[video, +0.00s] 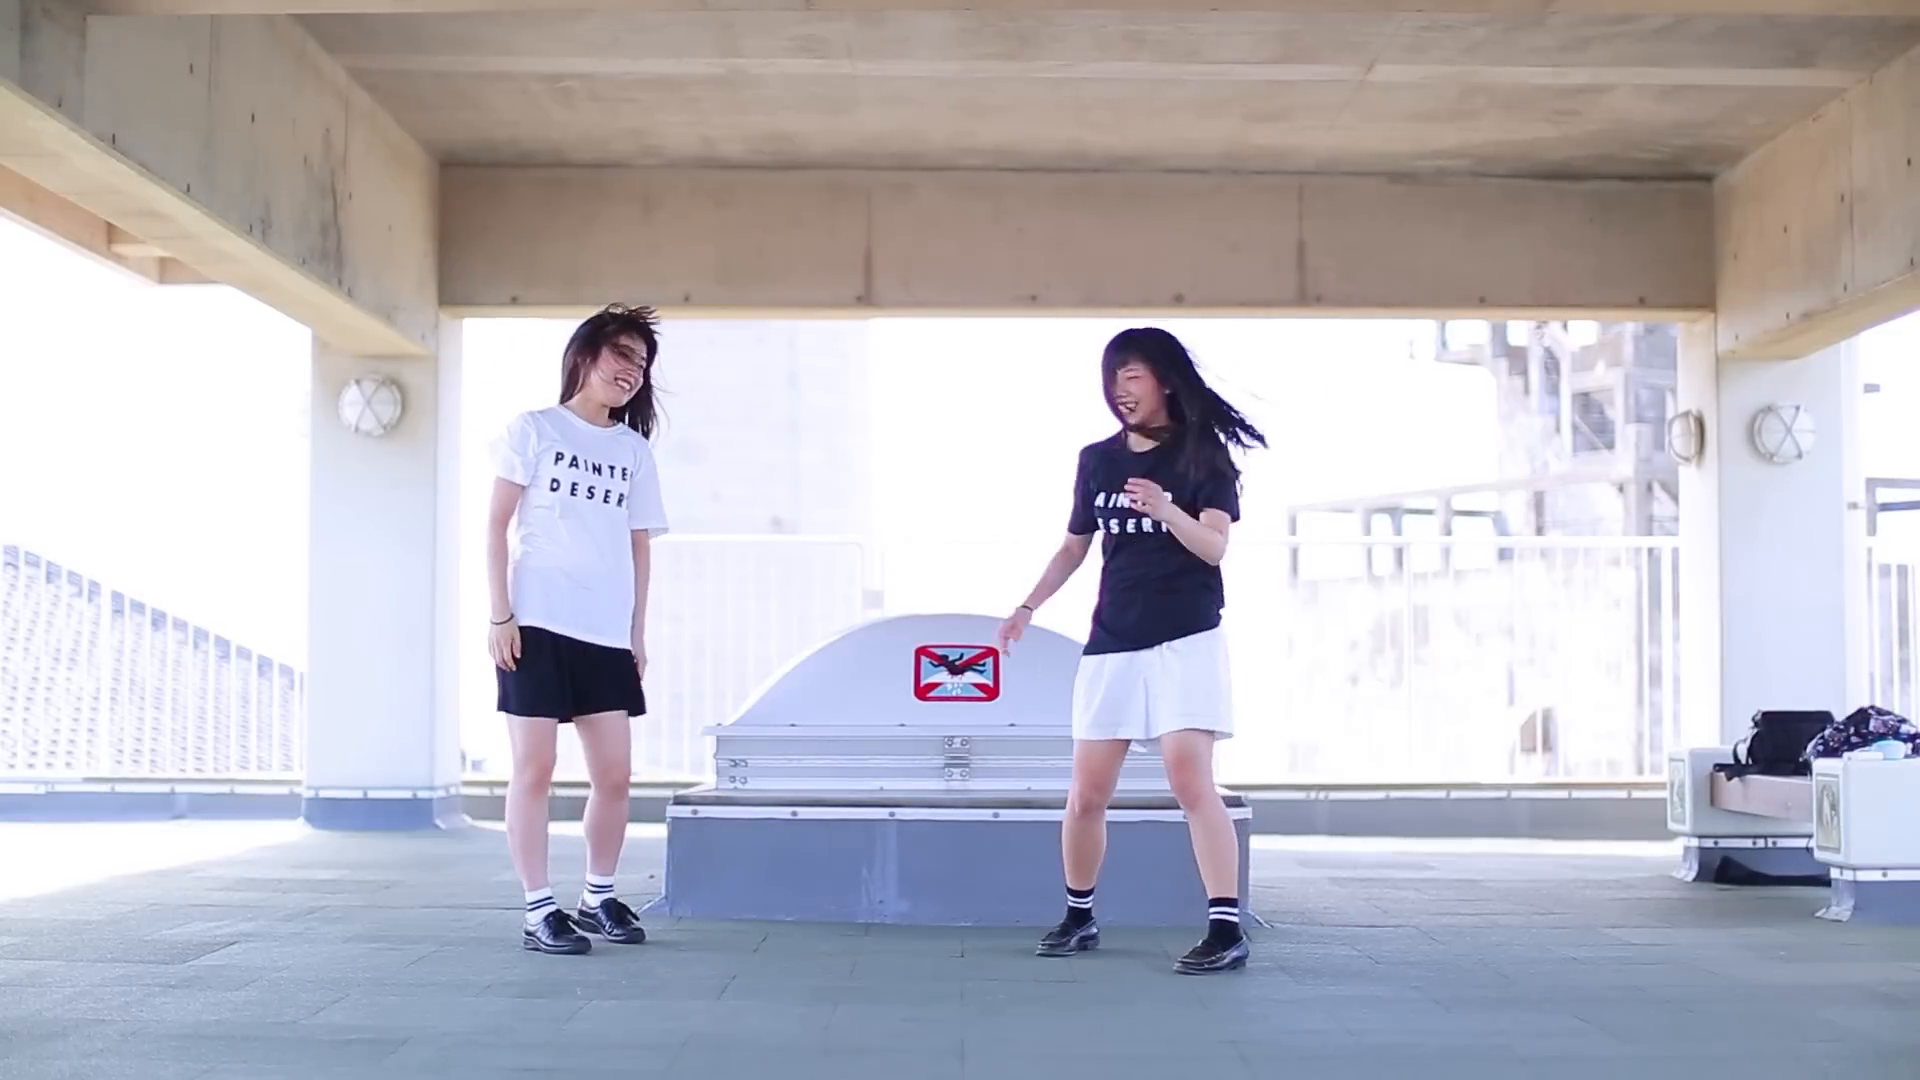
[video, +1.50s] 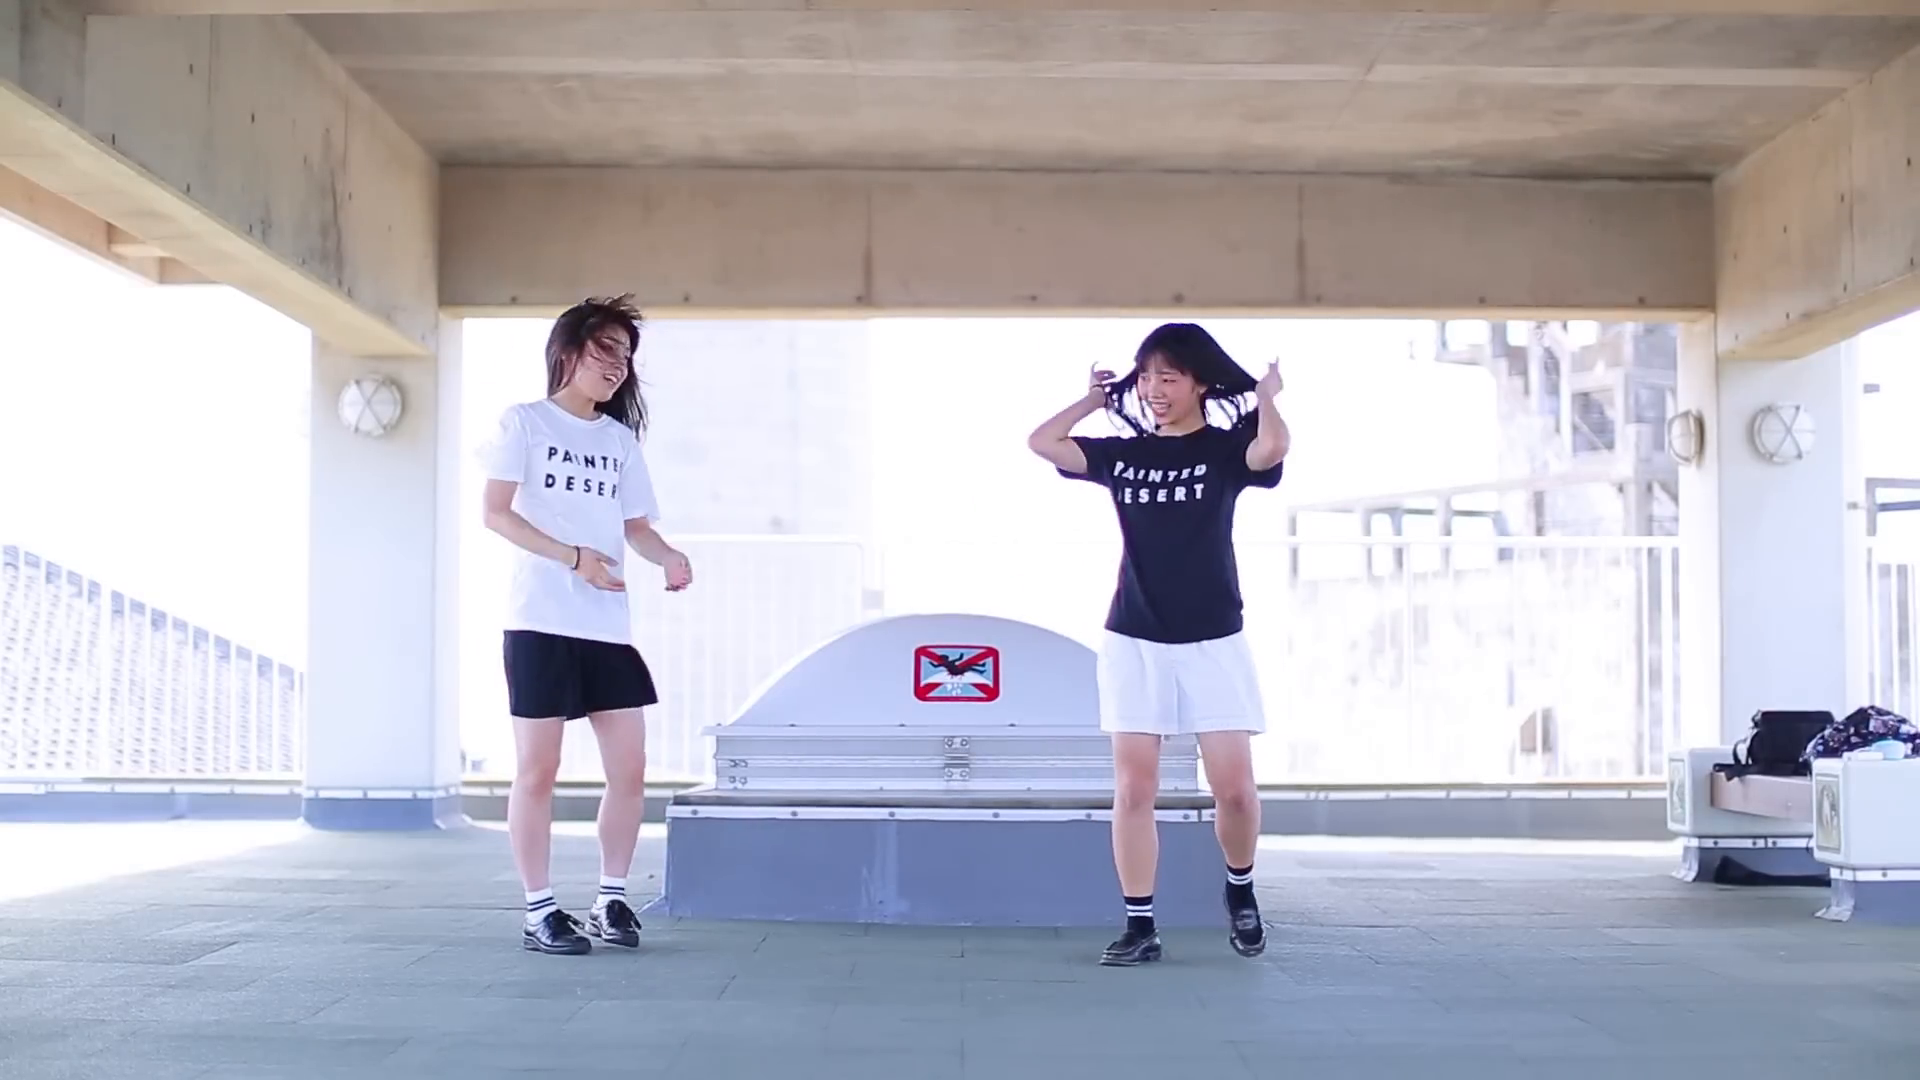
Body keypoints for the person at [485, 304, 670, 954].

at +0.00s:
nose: (627, 370)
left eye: (638, 363)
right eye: (617, 355)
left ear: (642, 377)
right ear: (584, 355)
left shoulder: (635, 450)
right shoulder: (535, 428)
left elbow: (639, 550)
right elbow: (497, 526)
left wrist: (637, 636)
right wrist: (501, 614)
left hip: (607, 634)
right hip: (536, 624)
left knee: (614, 776)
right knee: (534, 772)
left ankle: (600, 897)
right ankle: (539, 909)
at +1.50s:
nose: (616, 365)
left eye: (625, 357)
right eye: (605, 348)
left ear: (629, 369)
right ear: (568, 350)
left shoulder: (622, 442)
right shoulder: (523, 421)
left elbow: (637, 526)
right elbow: (495, 513)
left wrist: (667, 556)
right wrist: (572, 555)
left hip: (608, 626)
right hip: (539, 623)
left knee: (629, 769)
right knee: (538, 772)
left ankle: (614, 898)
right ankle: (540, 910)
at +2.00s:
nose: (636, 364)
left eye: (644, 354)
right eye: (623, 353)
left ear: (651, 361)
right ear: (589, 357)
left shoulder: (663, 418)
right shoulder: (565, 418)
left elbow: (729, 390)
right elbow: (560, 394)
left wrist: (676, 327)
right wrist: (599, 330)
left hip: (658, 618)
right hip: (582, 620)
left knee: (653, 775)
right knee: (564, 774)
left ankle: (657, 908)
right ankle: (543, 911)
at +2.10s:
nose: (643, 361)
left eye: (650, 352)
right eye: (631, 351)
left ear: (657, 359)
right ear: (599, 355)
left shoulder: (675, 415)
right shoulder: (573, 418)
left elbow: (738, 386)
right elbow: (557, 389)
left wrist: (686, 327)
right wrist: (599, 326)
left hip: (664, 619)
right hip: (590, 620)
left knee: (658, 774)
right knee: (569, 774)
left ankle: (659, 907)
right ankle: (543, 910)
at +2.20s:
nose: (650, 359)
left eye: (656, 350)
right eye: (636, 350)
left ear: (663, 358)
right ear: (604, 356)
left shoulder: (681, 417)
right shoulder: (580, 419)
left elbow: (748, 389)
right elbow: (556, 390)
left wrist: (694, 329)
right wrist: (606, 331)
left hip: (672, 619)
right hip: (598, 620)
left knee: (663, 775)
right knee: (575, 773)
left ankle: (658, 906)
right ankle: (545, 909)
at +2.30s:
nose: (655, 360)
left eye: (661, 352)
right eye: (641, 352)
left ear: (670, 360)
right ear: (610, 358)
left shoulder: (690, 418)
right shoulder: (590, 420)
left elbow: (758, 392)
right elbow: (557, 398)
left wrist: (701, 332)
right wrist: (607, 341)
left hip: (679, 621)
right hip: (607, 621)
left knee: (667, 776)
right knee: (579, 774)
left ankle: (660, 907)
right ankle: (545, 909)